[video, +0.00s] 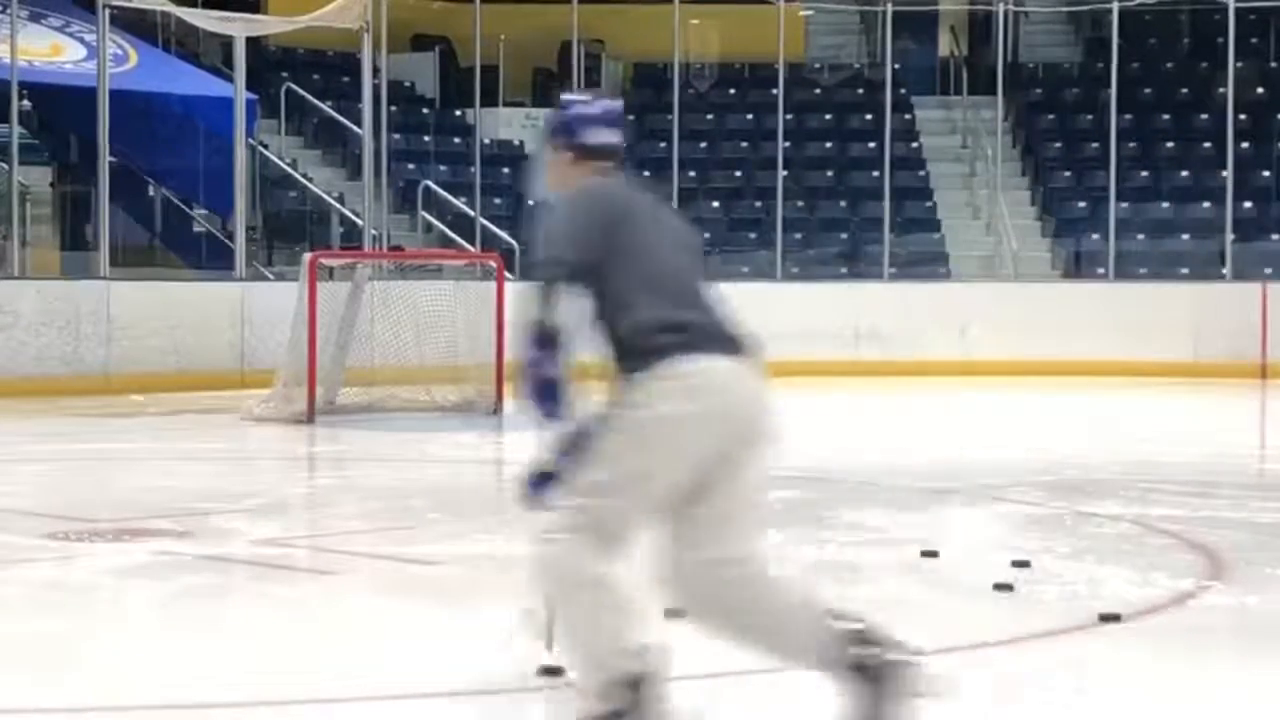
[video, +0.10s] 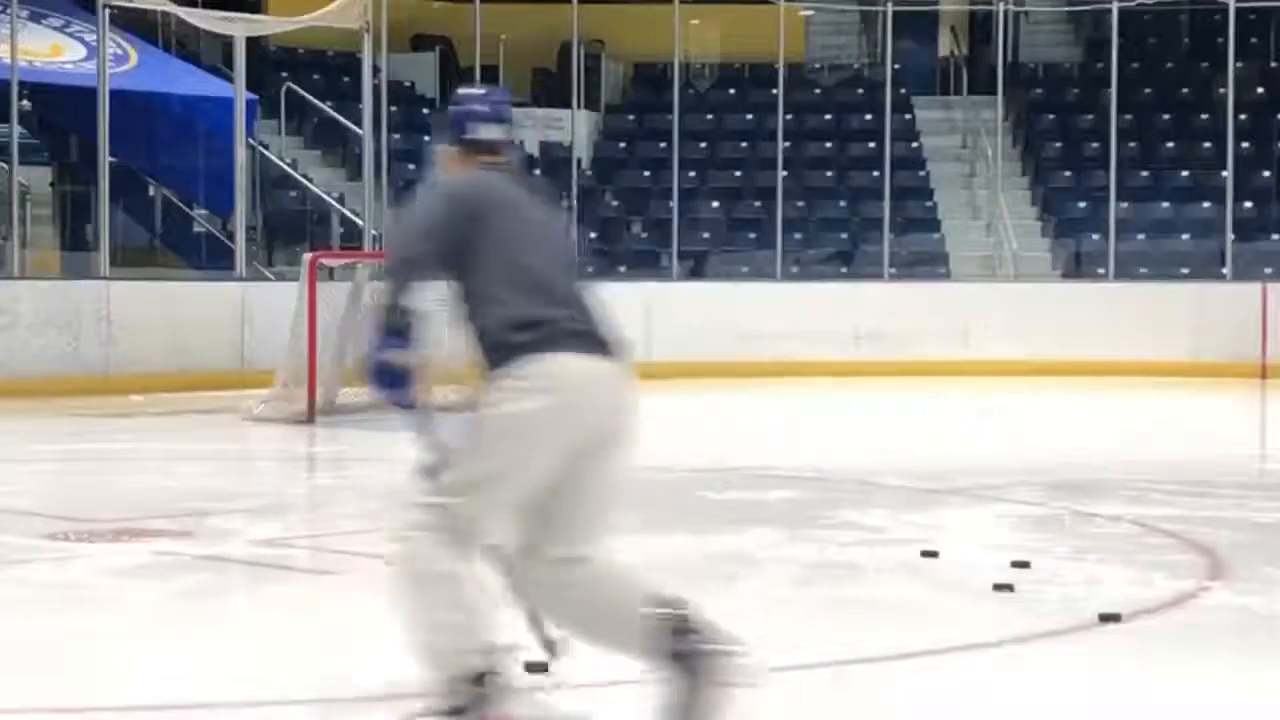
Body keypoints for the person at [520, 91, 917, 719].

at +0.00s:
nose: (546, 168)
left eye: (551, 155)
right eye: (549, 155)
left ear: (569, 154)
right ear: (612, 154)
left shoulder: (578, 204)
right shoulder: (656, 213)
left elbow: (545, 326)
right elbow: (660, 366)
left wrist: (552, 419)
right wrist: (574, 452)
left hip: (679, 385)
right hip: (742, 386)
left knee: (573, 534)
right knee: (708, 569)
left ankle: (623, 687)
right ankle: (859, 654)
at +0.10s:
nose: (438, 161)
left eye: (442, 151)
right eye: (444, 151)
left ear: (455, 149)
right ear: (506, 150)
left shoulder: (457, 191)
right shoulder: (538, 204)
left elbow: (405, 253)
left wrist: (393, 332)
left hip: (542, 380)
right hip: (608, 381)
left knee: (434, 528)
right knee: (546, 562)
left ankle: (472, 681)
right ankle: (677, 636)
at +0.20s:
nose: (363, 162)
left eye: (363, 151)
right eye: (374, 152)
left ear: (362, 147)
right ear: (419, 149)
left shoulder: (356, 191)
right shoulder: (444, 210)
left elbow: (282, 239)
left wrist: (278, 313)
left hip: (406, 379)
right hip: (473, 384)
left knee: (312, 519)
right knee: (399, 549)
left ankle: (323, 673)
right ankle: (508, 628)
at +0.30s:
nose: (350, 166)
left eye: (349, 154)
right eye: (345, 154)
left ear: (281, 148)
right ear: (327, 152)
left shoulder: (254, 189)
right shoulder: (348, 212)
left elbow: (169, 239)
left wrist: (183, 315)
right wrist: (234, 350)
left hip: (286, 379)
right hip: (358, 384)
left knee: (200, 509)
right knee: (283, 524)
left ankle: (191, 662)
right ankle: (368, 618)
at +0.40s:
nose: (283, 169)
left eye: (282, 156)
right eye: (278, 156)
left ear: (215, 148)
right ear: (255, 156)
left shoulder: (167, 187)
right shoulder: (274, 219)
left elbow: (80, 244)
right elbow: (250, 310)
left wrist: (109, 301)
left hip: (175, 371)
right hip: (255, 380)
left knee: (94, 513)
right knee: (204, 511)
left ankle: (75, 656)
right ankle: (263, 604)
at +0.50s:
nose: (221, 174)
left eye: (222, 161)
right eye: (216, 161)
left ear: (154, 155)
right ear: (195, 162)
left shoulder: (99, 192)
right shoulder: (212, 234)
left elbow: (11, 234)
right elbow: (202, 333)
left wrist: (39, 297)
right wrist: (192, 404)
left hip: (89, 366)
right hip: (169, 380)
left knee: (16, 504)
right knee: (146, 497)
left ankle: (5, 610)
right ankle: (183, 589)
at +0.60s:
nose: (184, 179)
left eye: (186, 167)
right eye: (179, 166)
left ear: (121, 159)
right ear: (154, 163)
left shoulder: (55, 196)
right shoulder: (162, 230)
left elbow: (3, 228)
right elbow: (156, 324)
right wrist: (145, 397)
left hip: (23, 362)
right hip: (106, 373)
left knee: (3, 483)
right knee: (106, 487)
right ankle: (124, 595)